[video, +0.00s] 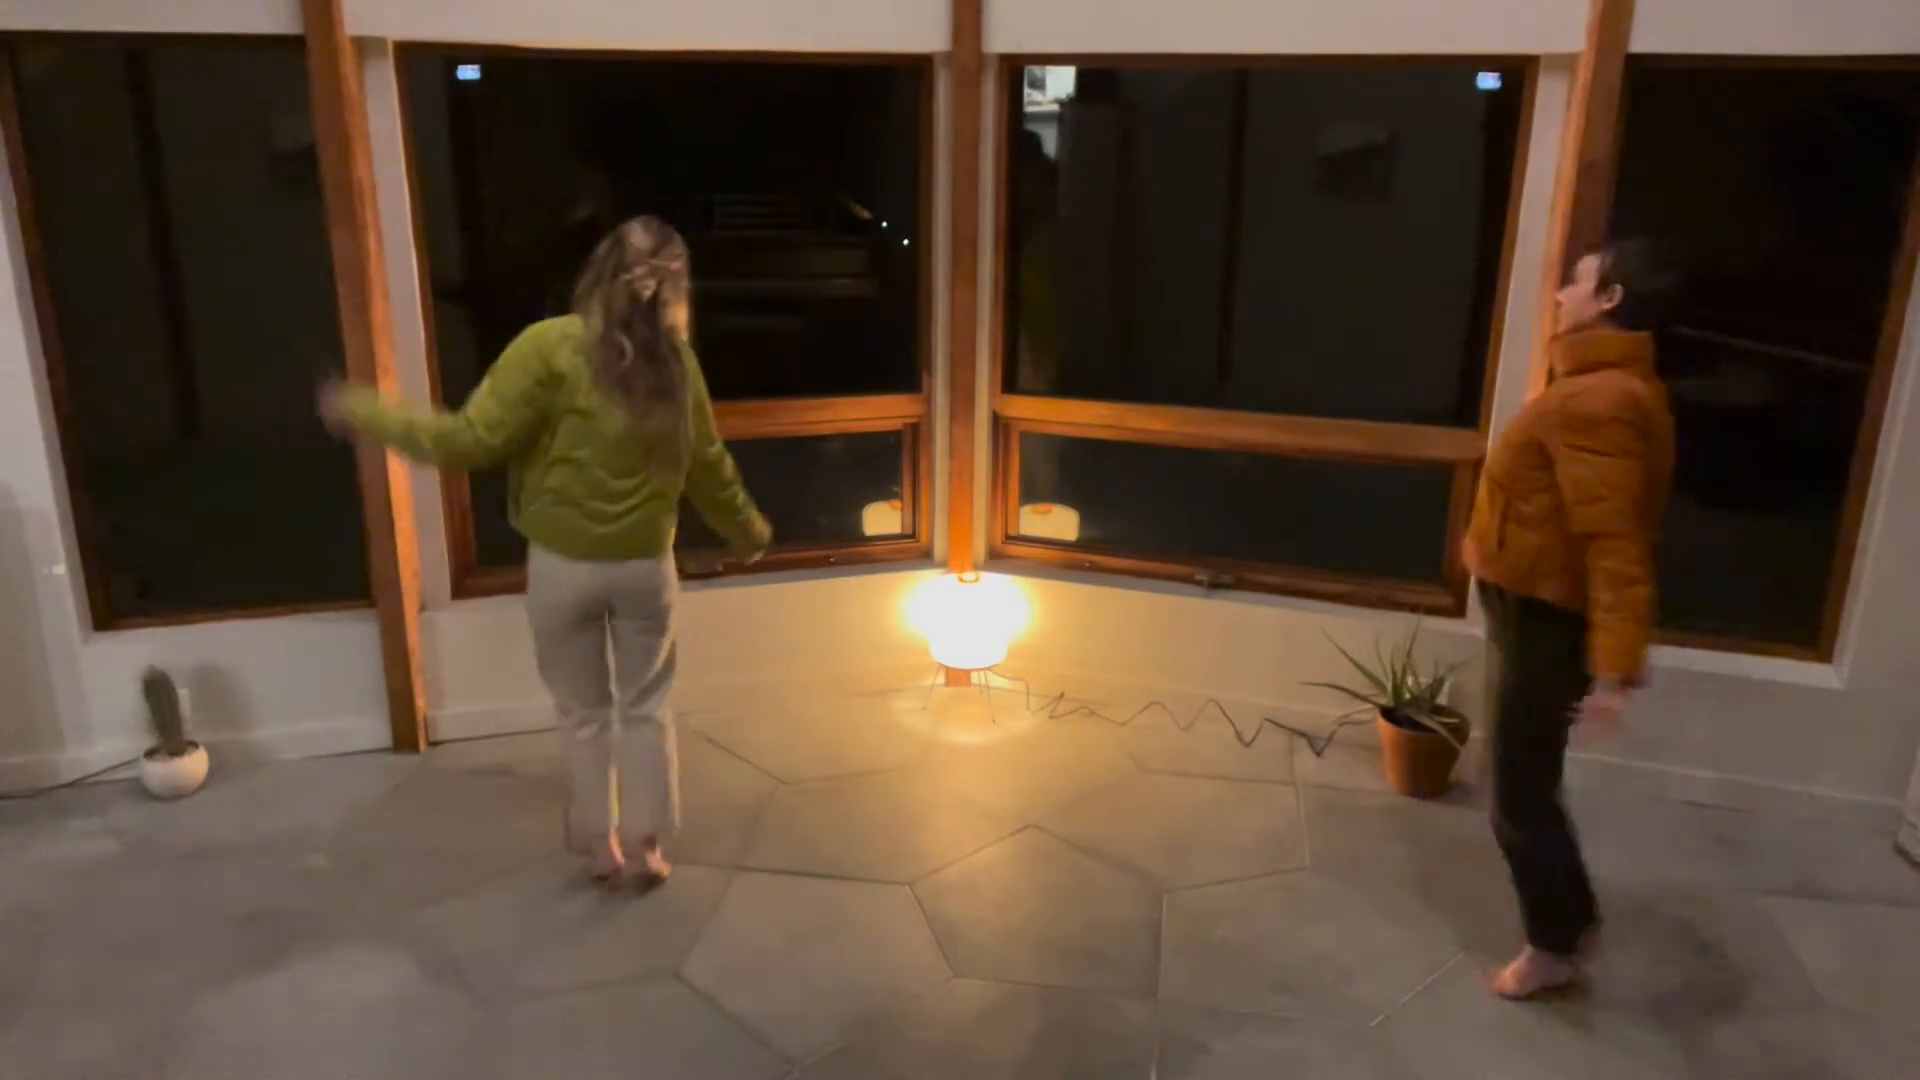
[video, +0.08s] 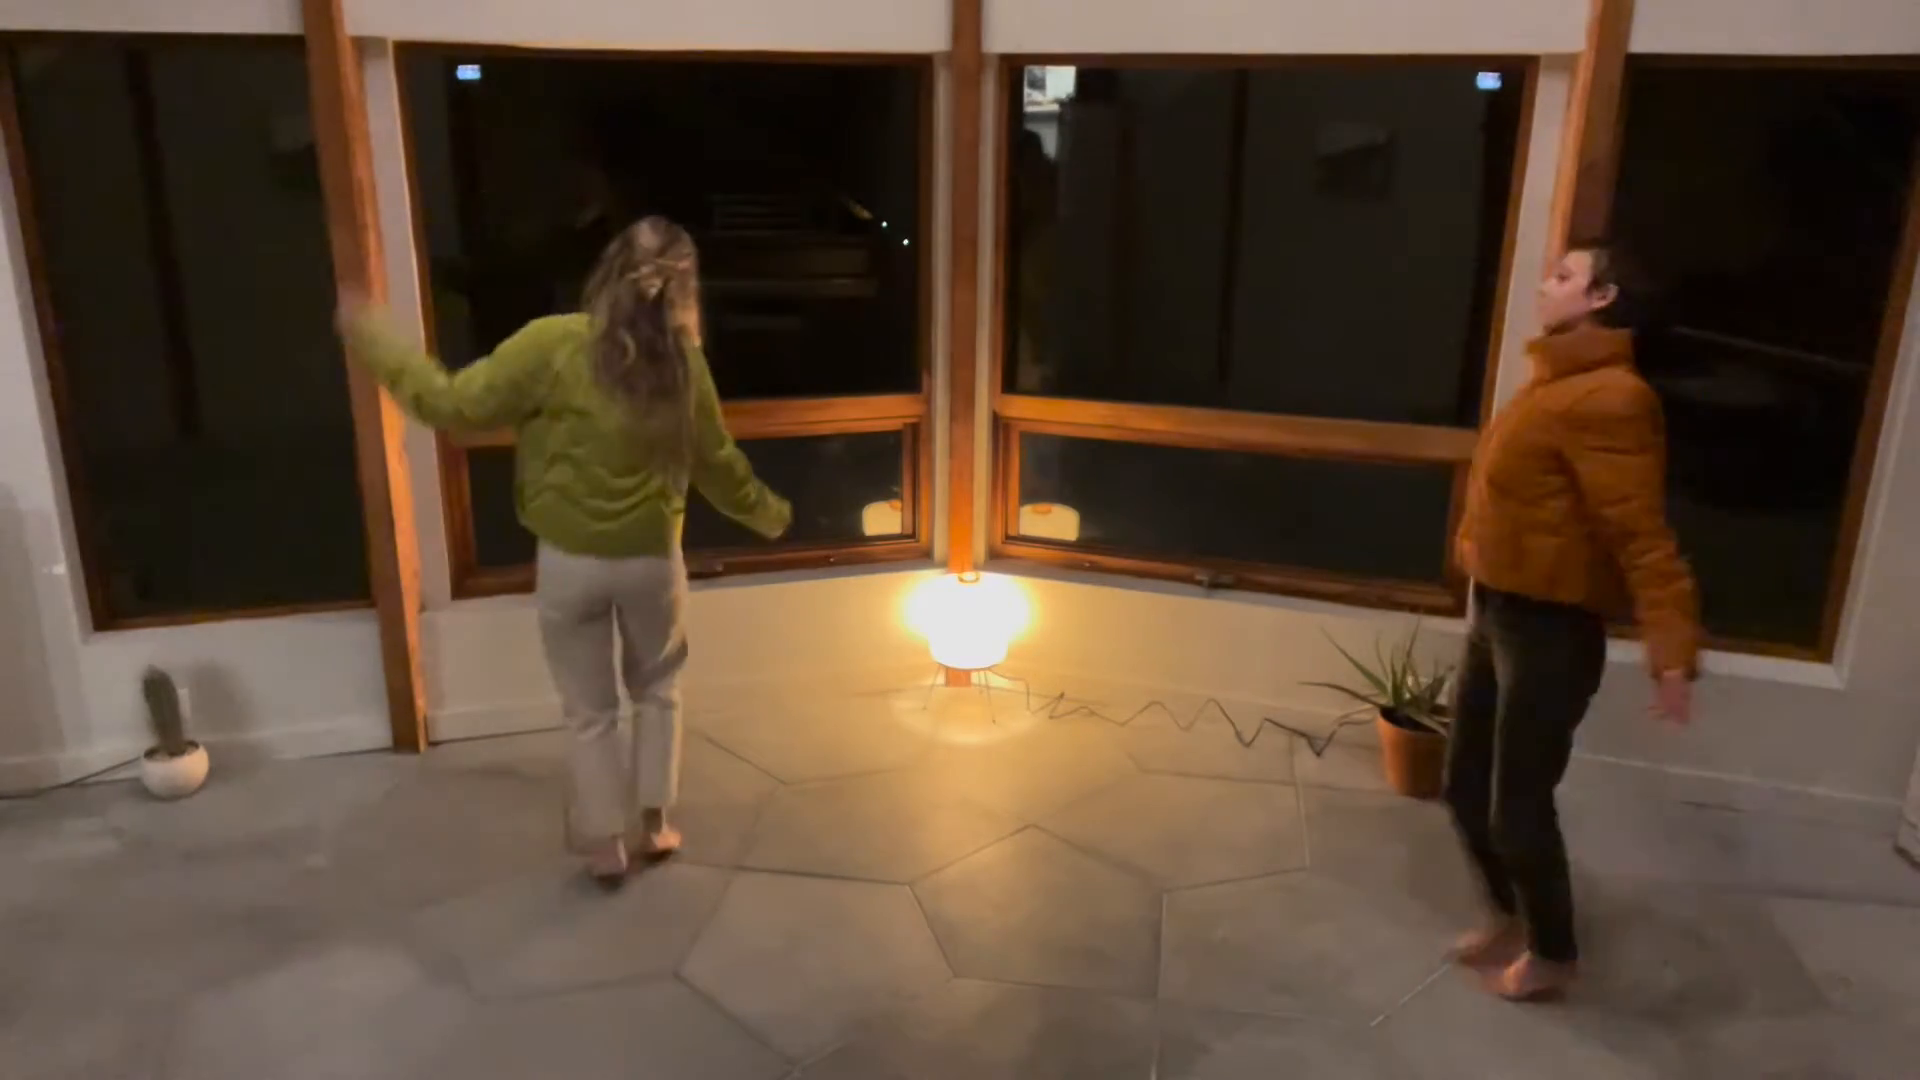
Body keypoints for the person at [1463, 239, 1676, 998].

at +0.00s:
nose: (1561, 291)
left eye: (1576, 281)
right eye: (1571, 278)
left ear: (1608, 303)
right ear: (1612, 304)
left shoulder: (1604, 402)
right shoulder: (1589, 385)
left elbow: (1616, 538)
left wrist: (1615, 664)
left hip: (1544, 618)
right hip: (1529, 609)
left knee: (1520, 795)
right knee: (1523, 782)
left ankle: (1552, 947)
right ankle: (1569, 915)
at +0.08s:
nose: (1547, 283)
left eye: (1563, 276)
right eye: (1555, 271)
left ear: (1600, 300)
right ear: (1588, 298)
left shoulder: (1613, 398)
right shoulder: (1553, 378)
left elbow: (1642, 533)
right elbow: (1521, 493)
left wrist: (1672, 656)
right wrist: (1480, 564)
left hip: (1553, 630)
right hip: (1500, 616)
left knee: (1519, 798)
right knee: (1468, 785)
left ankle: (1552, 954)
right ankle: (1509, 917)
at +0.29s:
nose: (1509, 284)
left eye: (1529, 272)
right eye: (1507, 272)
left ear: (1572, 294)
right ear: (1497, 290)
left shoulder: (1611, 389)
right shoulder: (1479, 382)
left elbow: (1663, 511)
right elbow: (1421, 461)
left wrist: (1699, 615)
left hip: (1551, 612)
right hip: (1467, 603)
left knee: (1521, 785)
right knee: (1457, 775)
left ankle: (1524, 929)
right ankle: (1466, 909)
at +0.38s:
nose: (1494, 293)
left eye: (1512, 278)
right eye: (1488, 284)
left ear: (1558, 298)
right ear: (1481, 305)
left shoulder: (1610, 386)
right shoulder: (1459, 383)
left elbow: (1656, 501)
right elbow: (1385, 456)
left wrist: (1684, 601)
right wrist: (1287, 482)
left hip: (1550, 609)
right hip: (1459, 601)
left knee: (1520, 776)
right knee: (1433, 759)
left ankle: (1493, 921)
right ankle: (1443, 906)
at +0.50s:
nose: (1495, 303)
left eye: (1510, 287)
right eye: (1480, 295)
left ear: (1548, 294)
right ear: (1468, 312)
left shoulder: (1602, 378)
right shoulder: (1447, 388)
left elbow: (1634, 491)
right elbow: (1360, 465)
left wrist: (1647, 583)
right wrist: (1251, 497)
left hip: (1540, 607)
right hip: (1449, 601)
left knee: (1519, 781)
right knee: (1424, 774)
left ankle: (1492, 922)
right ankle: (1390, 907)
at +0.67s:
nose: (1525, 330)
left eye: (1535, 311)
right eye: (1505, 318)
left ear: (1552, 304)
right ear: (1470, 322)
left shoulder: (1579, 371)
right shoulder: (1441, 394)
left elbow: (1578, 476)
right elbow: (1355, 490)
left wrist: (1571, 560)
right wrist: (1243, 553)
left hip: (1510, 603)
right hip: (1438, 598)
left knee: (1480, 774)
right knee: (1415, 768)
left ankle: (1421, 896)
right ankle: (1372, 905)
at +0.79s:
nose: (1546, 358)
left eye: (1552, 340)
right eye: (1528, 344)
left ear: (1561, 333)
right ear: (1484, 341)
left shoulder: (1532, 392)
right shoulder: (1451, 404)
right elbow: (1388, 510)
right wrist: (1308, 597)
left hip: (1469, 605)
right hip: (1425, 606)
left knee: (1447, 784)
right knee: (1440, 794)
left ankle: (1395, 909)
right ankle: (1368, 917)